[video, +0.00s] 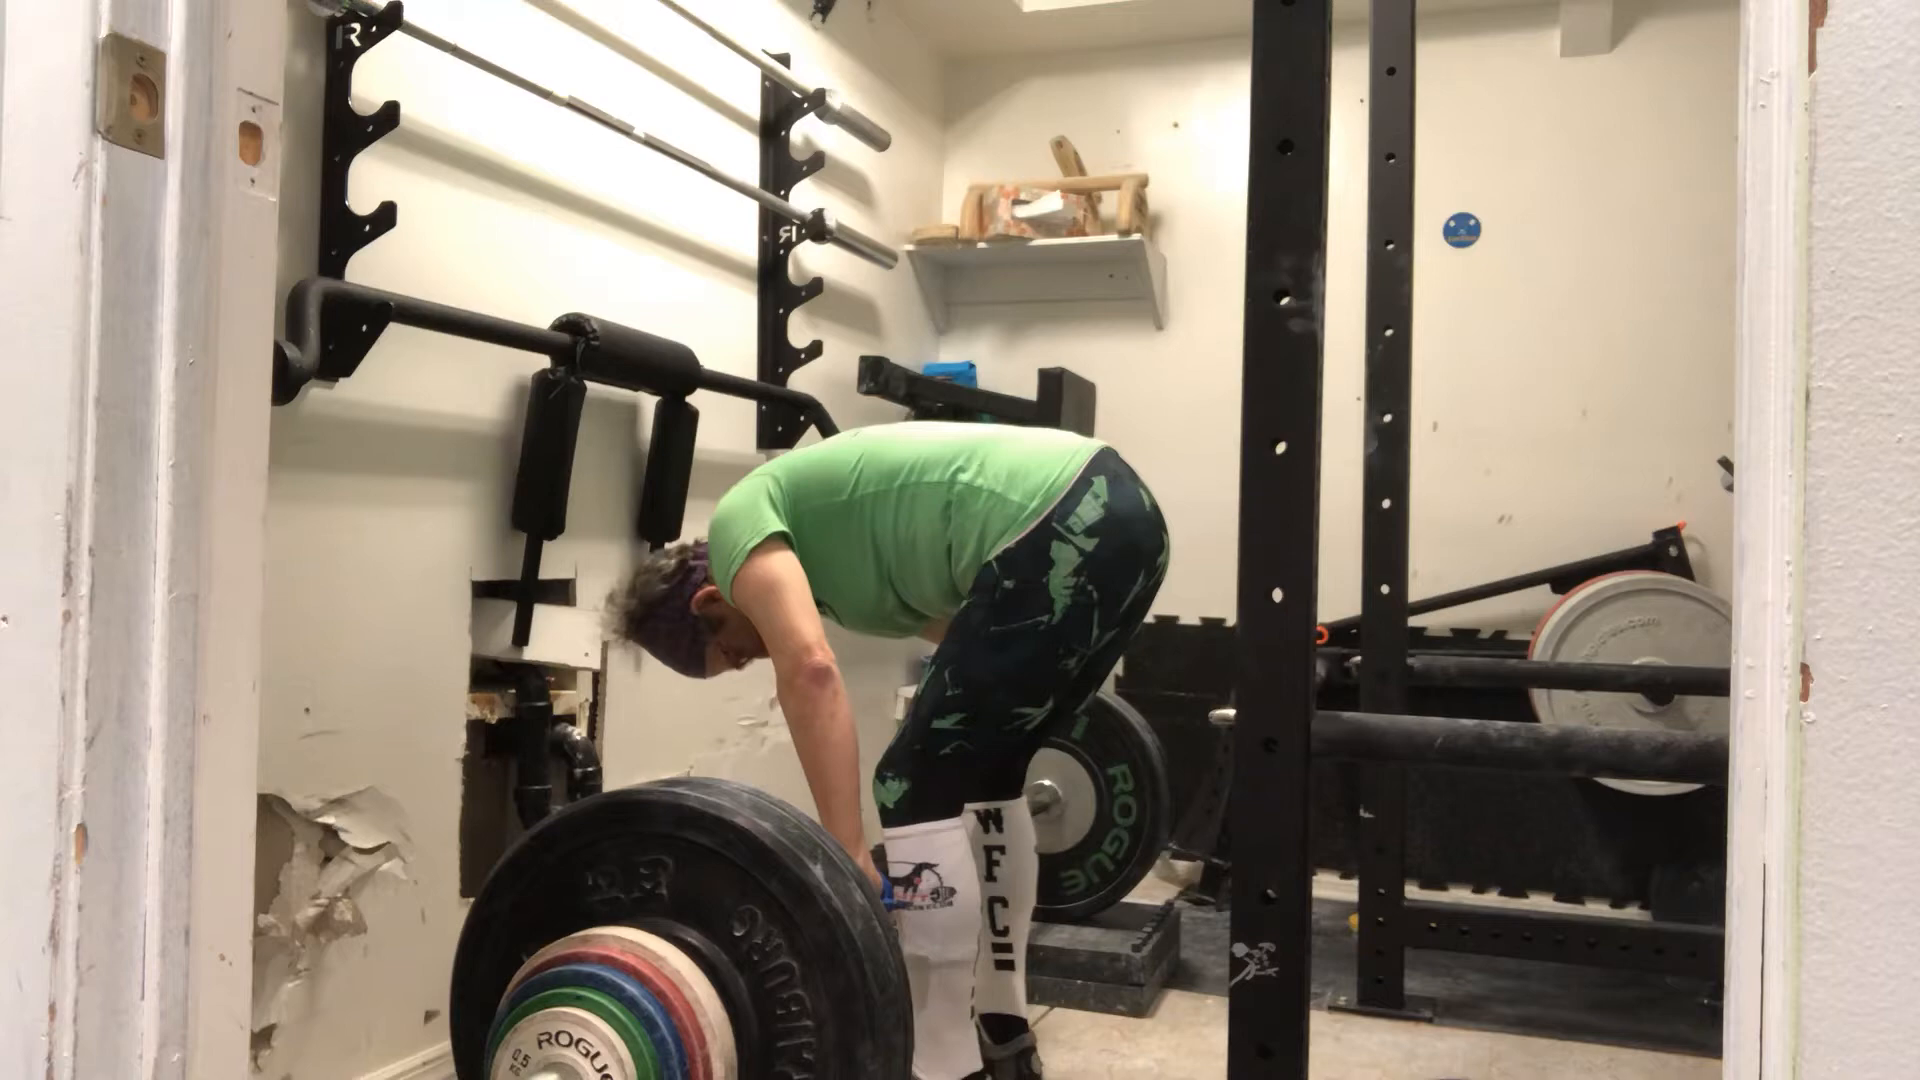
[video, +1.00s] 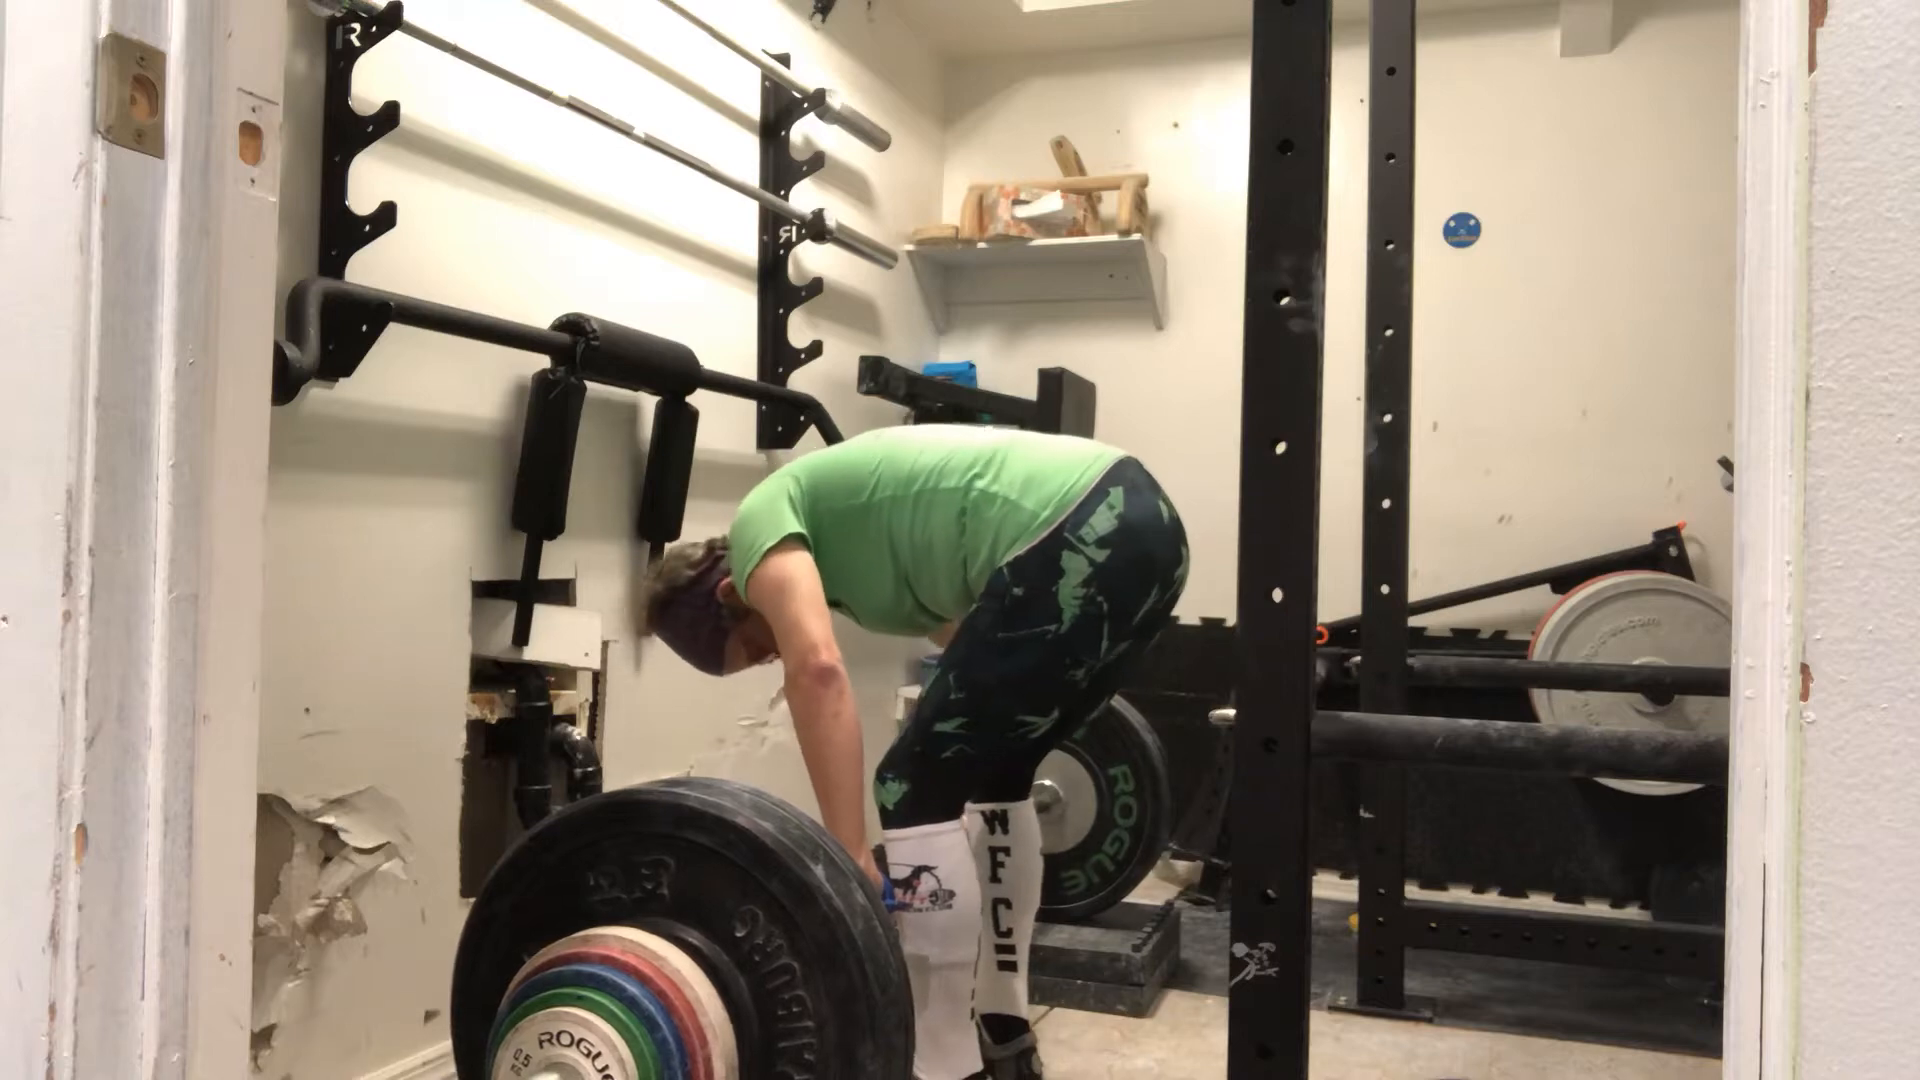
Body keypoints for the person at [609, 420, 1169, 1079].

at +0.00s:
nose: (752, 661)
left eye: (730, 650)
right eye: (734, 665)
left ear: (710, 602)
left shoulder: (741, 525)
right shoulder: (851, 571)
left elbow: (811, 667)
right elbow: (968, 632)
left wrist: (848, 851)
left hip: (1067, 521)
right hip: (1115, 519)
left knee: (911, 788)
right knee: (986, 782)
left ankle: (941, 1055)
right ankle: (1000, 1035)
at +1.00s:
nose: (772, 658)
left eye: (752, 646)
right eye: (755, 661)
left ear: (731, 597)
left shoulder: (764, 522)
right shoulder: (874, 568)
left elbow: (819, 668)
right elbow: (972, 638)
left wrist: (851, 857)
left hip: (1084, 531)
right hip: (1136, 530)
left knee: (908, 790)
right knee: (995, 784)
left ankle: (942, 1050)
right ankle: (1001, 1033)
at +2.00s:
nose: (687, 561)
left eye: (669, 545)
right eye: (669, 564)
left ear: (668, 482)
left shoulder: (732, 480)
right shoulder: (795, 453)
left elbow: (803, 659)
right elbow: (925, 628)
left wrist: (846, 840)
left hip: (1067, 540)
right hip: (1106, 513)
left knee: (910, 797)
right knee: (978, 781)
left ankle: (941, 1058)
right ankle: (998, 1031)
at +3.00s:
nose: (677, 439)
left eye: (672, 418)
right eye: (666, 423)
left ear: (704, 389)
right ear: (754, 372)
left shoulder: (778, 445)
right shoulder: (828, 415)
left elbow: (829, 648)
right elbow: (923, 597)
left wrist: (835, 834)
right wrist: (963, 713)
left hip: (1085, 564)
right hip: (1128, 538)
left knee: (892, 803)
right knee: (976, 788)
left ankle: (943, 1060)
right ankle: (999, 1028)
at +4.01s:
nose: (724, 350)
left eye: (724, 326)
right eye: (715, 332)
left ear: (764, 302)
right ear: (793, 296)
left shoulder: (835, 364)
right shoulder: (892, 347)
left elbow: (859, 581)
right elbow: (954, 563)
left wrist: (854, 764)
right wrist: (975, 704)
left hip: (1097, 553)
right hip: (1152, 526)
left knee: (932, 799)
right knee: (1003, 781)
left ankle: (943, 1063)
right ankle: (1003, 1031)